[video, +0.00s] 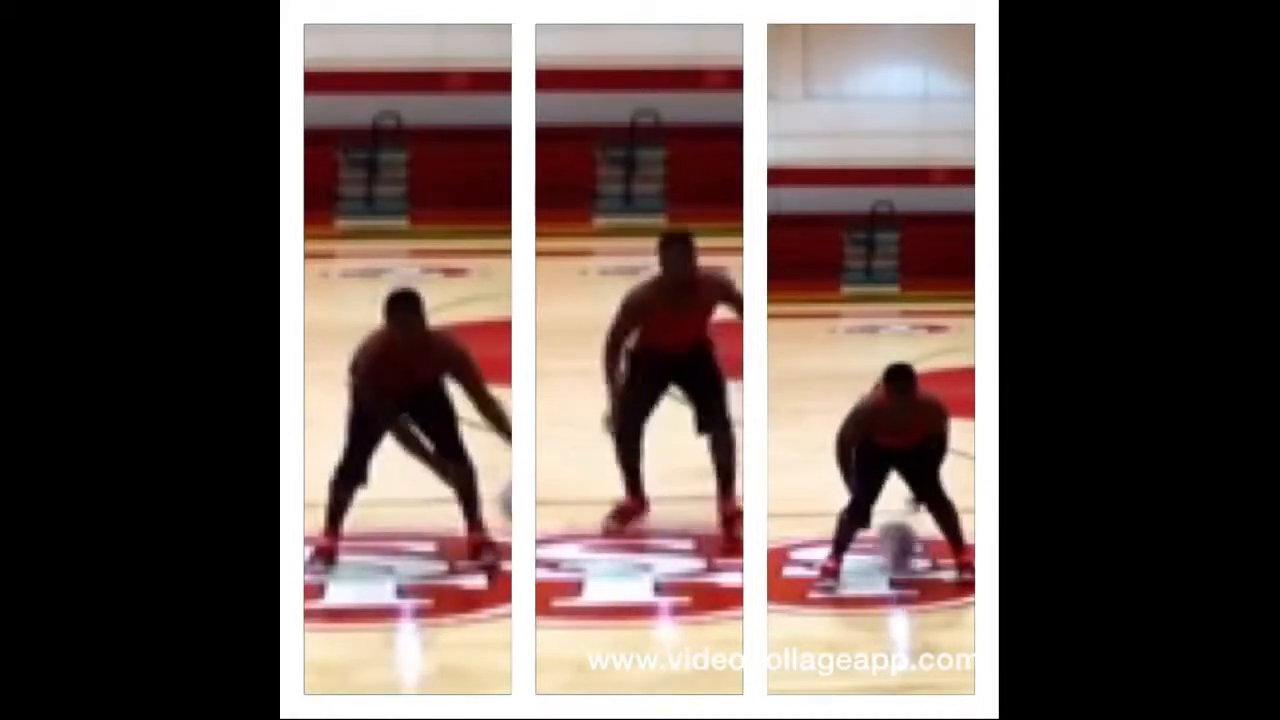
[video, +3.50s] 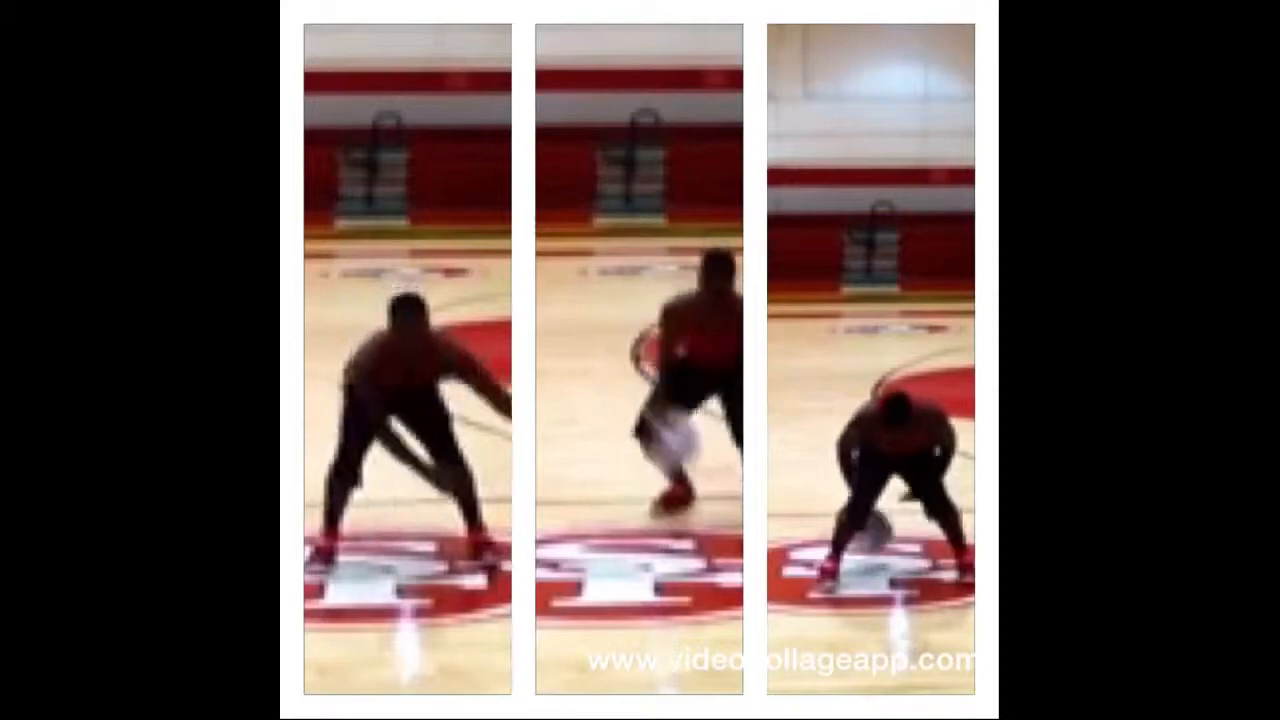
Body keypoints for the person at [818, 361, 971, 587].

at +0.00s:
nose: (899, 403)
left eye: (905, 396)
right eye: (894, 396)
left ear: (914, 391)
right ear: (885, 391)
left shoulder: (931, 409)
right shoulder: (869, 408)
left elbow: (938, 447)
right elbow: (844, 442)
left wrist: (925, 485)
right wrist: (852, 483)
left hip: (913, 451)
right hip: (873, 451)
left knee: (938, 501)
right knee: (860, 504)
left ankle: (961, 557)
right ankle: (834, 560)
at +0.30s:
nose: (897, 403)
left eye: (903, 396)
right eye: (892, 395)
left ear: (914, 392)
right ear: (884, 390)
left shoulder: (933, 410)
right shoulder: (871, 410)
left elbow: (944, 446)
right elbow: (848, 448)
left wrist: (934, 479)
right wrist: (860, 485)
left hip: (917, 452)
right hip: (878, 453)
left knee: (939, 504)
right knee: (864, 510)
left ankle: (962, 558)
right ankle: (834, 562)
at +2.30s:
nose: (897, 415)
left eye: (903, 410)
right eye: (892, 410)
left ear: (914, 402)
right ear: (884, 402)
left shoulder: (933, 415)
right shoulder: (871, 414)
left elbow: (940, 456)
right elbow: (844, 450)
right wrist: (857, 489)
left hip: (917, 457)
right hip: (876, 457)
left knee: (945, 506)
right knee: (860, 509)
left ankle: (963, 557)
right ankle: (834, 560)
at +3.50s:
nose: (894, 432)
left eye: (899, 427)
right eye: (890, 427)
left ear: (912, 415)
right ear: (881, 416)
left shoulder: (931, 418)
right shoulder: (868, 417)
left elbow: (948, 447)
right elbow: (844, 446)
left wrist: (926, 483)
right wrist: (855, 483)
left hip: (916, 456)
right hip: (875, 456)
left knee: (940, 506)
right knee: (858, 507)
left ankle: (962, 555)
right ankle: (833, 558)